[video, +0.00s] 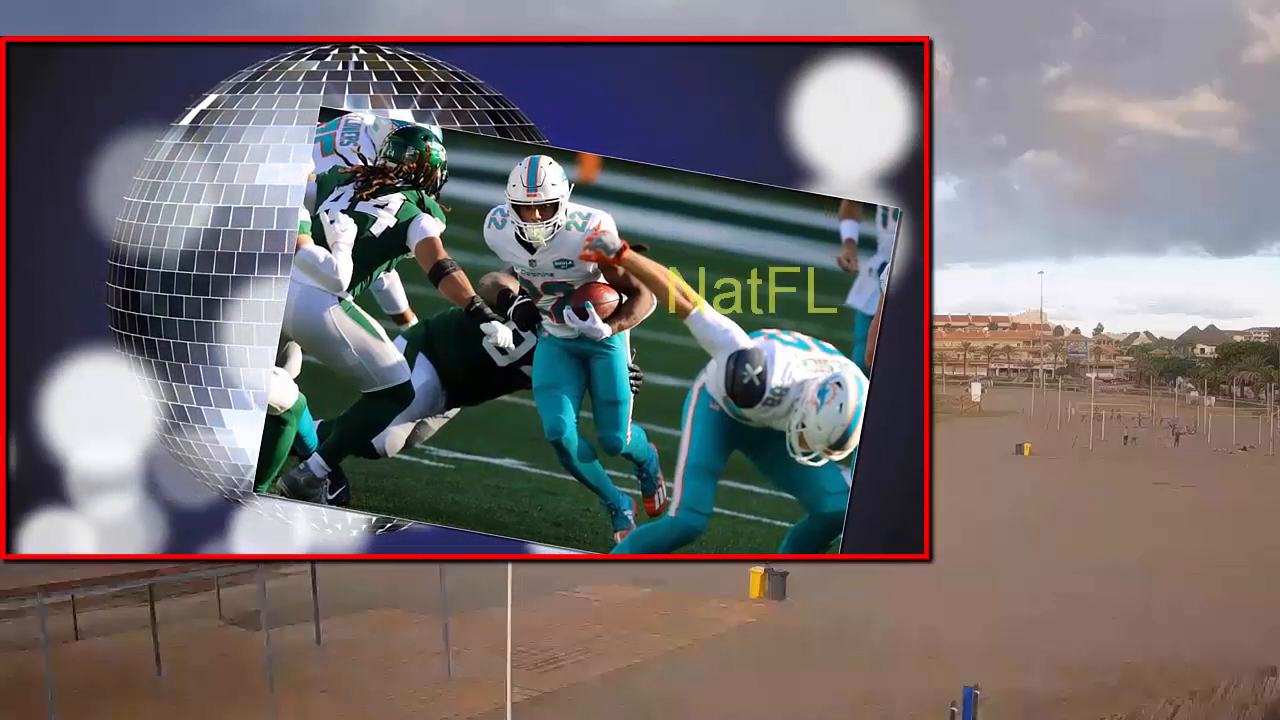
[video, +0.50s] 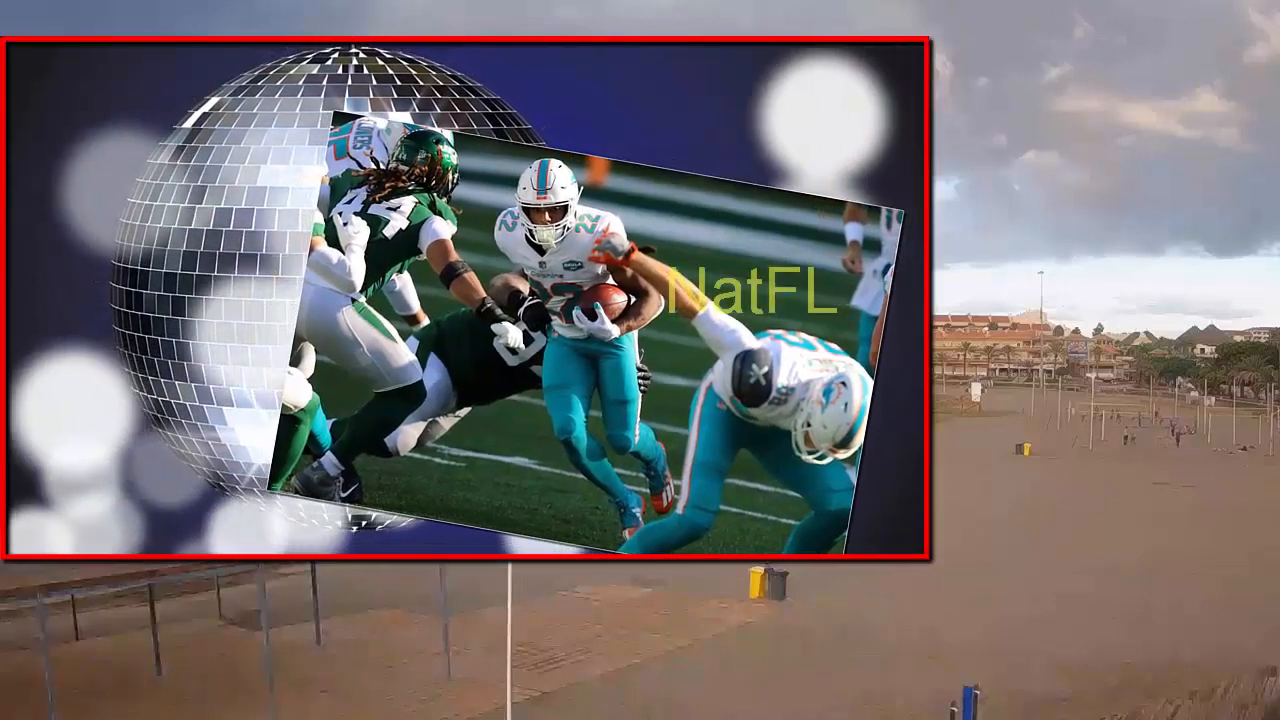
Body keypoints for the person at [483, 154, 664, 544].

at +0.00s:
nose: (534, 217)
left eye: (543, 208)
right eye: (525, 209)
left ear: (561, 201)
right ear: (512, 204)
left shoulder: (594, 229)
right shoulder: (497, 228)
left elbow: (646, 295)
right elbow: (524, 272)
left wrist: (610, 328)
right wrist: (527, 303)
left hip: (606, 340)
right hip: (554, 339)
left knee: (613, 440)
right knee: (558, 433)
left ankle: (649, 469)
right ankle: (619, 507)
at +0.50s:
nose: (544, 219)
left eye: (553, 210)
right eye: (535, 211)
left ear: (571, 204)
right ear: (523, 206)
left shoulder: (602, 232)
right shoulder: (508, 231)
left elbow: (655, 296)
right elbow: (534, 273)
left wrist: (619, 329)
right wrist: (539, 304)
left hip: (614, 340)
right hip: (564, 339)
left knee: (622, 439)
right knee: (568, 432)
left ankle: (657, 467)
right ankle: (628, 504)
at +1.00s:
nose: (554, 221)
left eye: (563, 213)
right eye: (545, 213)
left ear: (580, 206)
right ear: (533, 209)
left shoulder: (612, 234)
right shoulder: (519, 233)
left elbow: (660, 296)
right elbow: (543, 274)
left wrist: (628, 329)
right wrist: (542, 305)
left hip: (623, 341)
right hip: (573, 340)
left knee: (630, 438)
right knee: (578, 432)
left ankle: (664, 463)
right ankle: (636, 501)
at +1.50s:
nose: (564, 224)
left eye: (572, 215)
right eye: (555, 216)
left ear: (590, 209)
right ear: (543, 211)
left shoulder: (621, 237)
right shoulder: (529, 234)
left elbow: (668, 299)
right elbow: (555, 276)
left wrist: (636, 330)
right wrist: (559, 306)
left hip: (632, 341)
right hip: (583, 340)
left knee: (639, 436)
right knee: (587, 430)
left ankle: (673, 462)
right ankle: (645, 499)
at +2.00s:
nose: (574, 226)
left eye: (582, 218)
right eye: (565, 218)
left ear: (599, 211)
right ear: (553, 214)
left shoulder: (630, 238)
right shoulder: (539, 237)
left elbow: (678, 300)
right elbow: (566, 278)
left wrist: (644, 331)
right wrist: (573, 306)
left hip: (641, 342)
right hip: (592, 341)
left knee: (648, 435)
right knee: (597, 428)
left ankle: (681, 462)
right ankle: (653, 497)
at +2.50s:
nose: (583, 228)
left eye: (592, 220)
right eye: (575, 221)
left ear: (608, 214)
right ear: (563, 216)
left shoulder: (639, 240)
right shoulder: (550, 239)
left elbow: (687, 301)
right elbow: (575, 279)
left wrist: (653, 331)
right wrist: (582, 308)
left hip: (649, 342)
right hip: (602, 341)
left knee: (656, 434)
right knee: (606, 427)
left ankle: (689, 460)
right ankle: (661, 494)